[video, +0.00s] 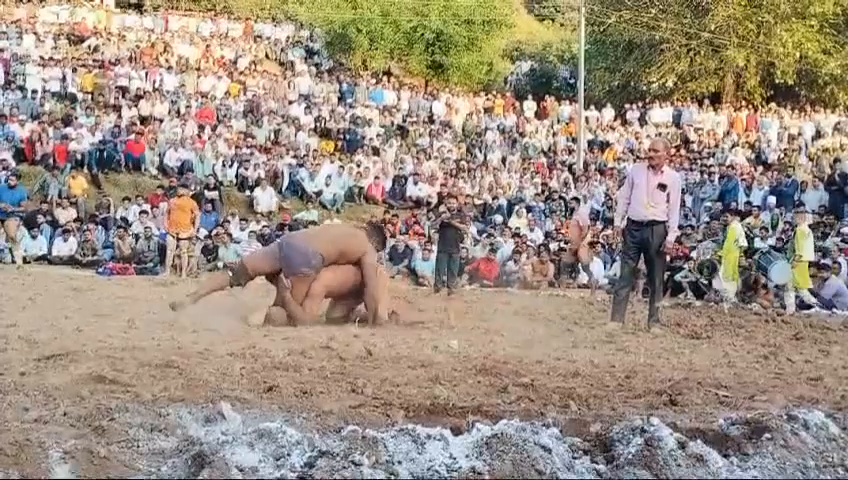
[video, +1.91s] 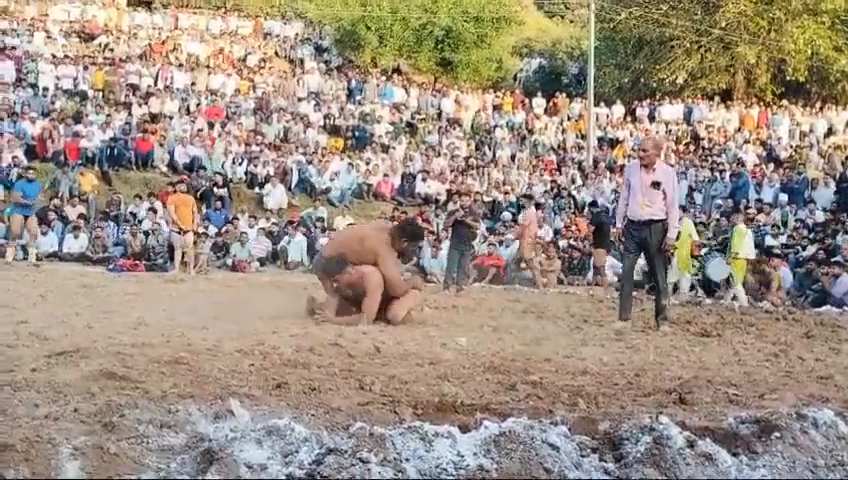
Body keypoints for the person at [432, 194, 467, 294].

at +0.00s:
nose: (452, 206)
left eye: (454, 203)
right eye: (449, 203)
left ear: (457, 204)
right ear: (446, 204)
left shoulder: (461, 215)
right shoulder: (442, 215)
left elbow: (466, 228)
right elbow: (433, 226)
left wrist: (452, 222)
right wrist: (441, 219)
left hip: (455, 245)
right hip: (442, 244)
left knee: (453, 269)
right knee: (440, 268)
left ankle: (452, 288)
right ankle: (438, 287)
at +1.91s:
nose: (464, 203)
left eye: (466, 201)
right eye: (462, 201)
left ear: (470, 201)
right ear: (459, 201)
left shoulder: (473, 214)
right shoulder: (453, 213)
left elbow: (478, 225)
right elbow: (446, 224)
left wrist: (466, 220)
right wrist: (455, 217)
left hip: (467, 244)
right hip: (455, 243)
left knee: (464, 268)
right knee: (451, 266)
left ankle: (460, 287)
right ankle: (447, 286)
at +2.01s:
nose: (472, 205)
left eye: (474, 203)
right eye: (470, 203)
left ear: (477, 204)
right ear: (466, 203)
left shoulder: (481, 216)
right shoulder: (461, 215)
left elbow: (485, 228)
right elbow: (454, 227)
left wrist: (474, 222)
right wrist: (463, 218)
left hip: (475, 246)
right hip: (463, 245)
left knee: (472, 269)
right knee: (459, 268)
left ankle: (469, 288)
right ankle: (455, 287)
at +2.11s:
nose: (484, 209)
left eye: (486, 207)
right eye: (482, 206)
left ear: (490, 207)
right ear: (478, 207)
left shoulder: (493, 220)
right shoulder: (473, 219)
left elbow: (498, 231)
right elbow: (466, 231)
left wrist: (485, 226)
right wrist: (475, 223)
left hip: (488, 250)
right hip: (475, 249)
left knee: (484, 274)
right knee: (472, 272)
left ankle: (481, 292)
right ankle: (467, 290)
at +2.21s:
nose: (496, 214)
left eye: (498, 212)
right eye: (494, 212)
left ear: (502, 213)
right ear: (492, 212)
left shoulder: (507, 225)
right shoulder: (487, 224)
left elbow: (511, 237)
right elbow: (479, 236)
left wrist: (500, 232)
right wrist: (488, 228)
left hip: (501, 256)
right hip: (489, 255)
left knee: (497, 279)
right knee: (485, 278)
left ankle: (494, 297)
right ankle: (480, 295)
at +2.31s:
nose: (508, 220)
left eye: (510, 218)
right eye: (506, 218)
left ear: (514, 219)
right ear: (503, 219)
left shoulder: (517, 230)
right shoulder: (498, 230)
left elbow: (524, 242)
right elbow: (490, 242)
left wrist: (512, 238)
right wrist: (499, 234)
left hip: (513, 259)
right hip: (500, 258)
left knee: (510, 283)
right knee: (496, 281)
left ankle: (507, 302)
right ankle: (493, 300)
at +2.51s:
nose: (498, 226)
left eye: (501, 224)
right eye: (496, 224)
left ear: (504, 225)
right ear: (493, 225)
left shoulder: (509, 235)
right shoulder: (489, 235)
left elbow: (515, 248)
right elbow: (482, 248)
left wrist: (501, 244)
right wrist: (490, 240)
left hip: (503, 265)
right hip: (491, 264)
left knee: (501, 289)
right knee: (488, 287)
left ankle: (498, 308)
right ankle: (484, 306)